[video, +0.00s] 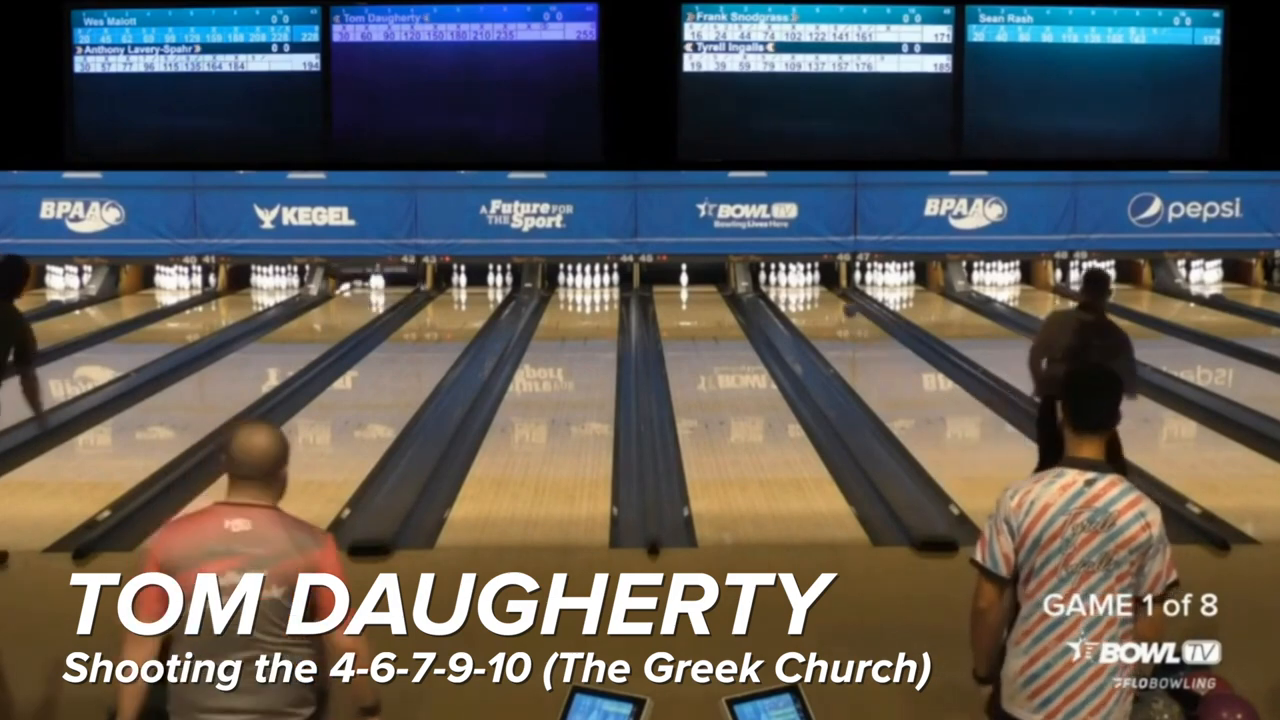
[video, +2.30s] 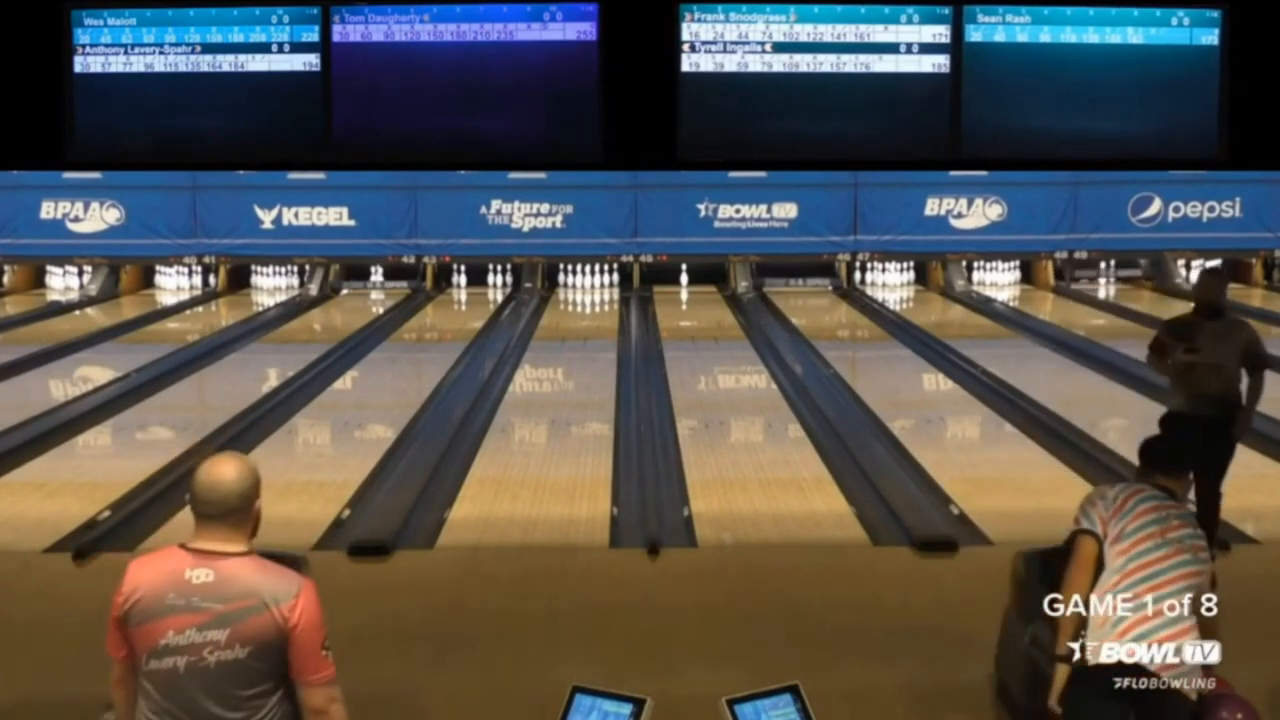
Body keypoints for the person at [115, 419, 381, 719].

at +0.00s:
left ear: (226, 470)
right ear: (282, 476)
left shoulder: (168, 543)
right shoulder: (316, 547)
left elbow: (136, 664)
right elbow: (355, 662)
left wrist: (126, 714)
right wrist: (370, 705)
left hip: (194, 710)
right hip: (287, 710)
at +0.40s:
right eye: (270, 478)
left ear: (206, 481)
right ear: (263, 487)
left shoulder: (155, 552)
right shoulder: (298, 565)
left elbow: (129, 667)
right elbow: (326, 680)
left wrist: (124, 714)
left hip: (177, 709)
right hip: (267, 709)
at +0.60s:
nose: (240, 488)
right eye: (239, 481)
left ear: (179, 486)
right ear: (234, 491)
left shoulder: (126, 557)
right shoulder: (269, 574)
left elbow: (115, 654)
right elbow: (295, 686)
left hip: (148, 712)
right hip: (239, 712)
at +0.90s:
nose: (204, 491)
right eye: (204, 484)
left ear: (136, 490)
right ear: (196, 493)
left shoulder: (92, 563)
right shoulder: (236, 569)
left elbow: (79, 661)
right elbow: (264, 684)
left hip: (119, 714)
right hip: (212, 714)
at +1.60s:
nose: (227, 493)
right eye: (226, 486)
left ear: (158, 496)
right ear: (220, 497)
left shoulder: (106, 576)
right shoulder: (266, 574)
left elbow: (82, 691)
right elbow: (302, 683)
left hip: (140, 714)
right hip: (241, 714)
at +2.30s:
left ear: (190, 506)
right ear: (256, 510)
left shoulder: (138, 576)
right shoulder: (292, 593)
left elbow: (122, 682)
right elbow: (321, 705)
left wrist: (127, 716)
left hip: (158, 714)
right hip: (257, 714)